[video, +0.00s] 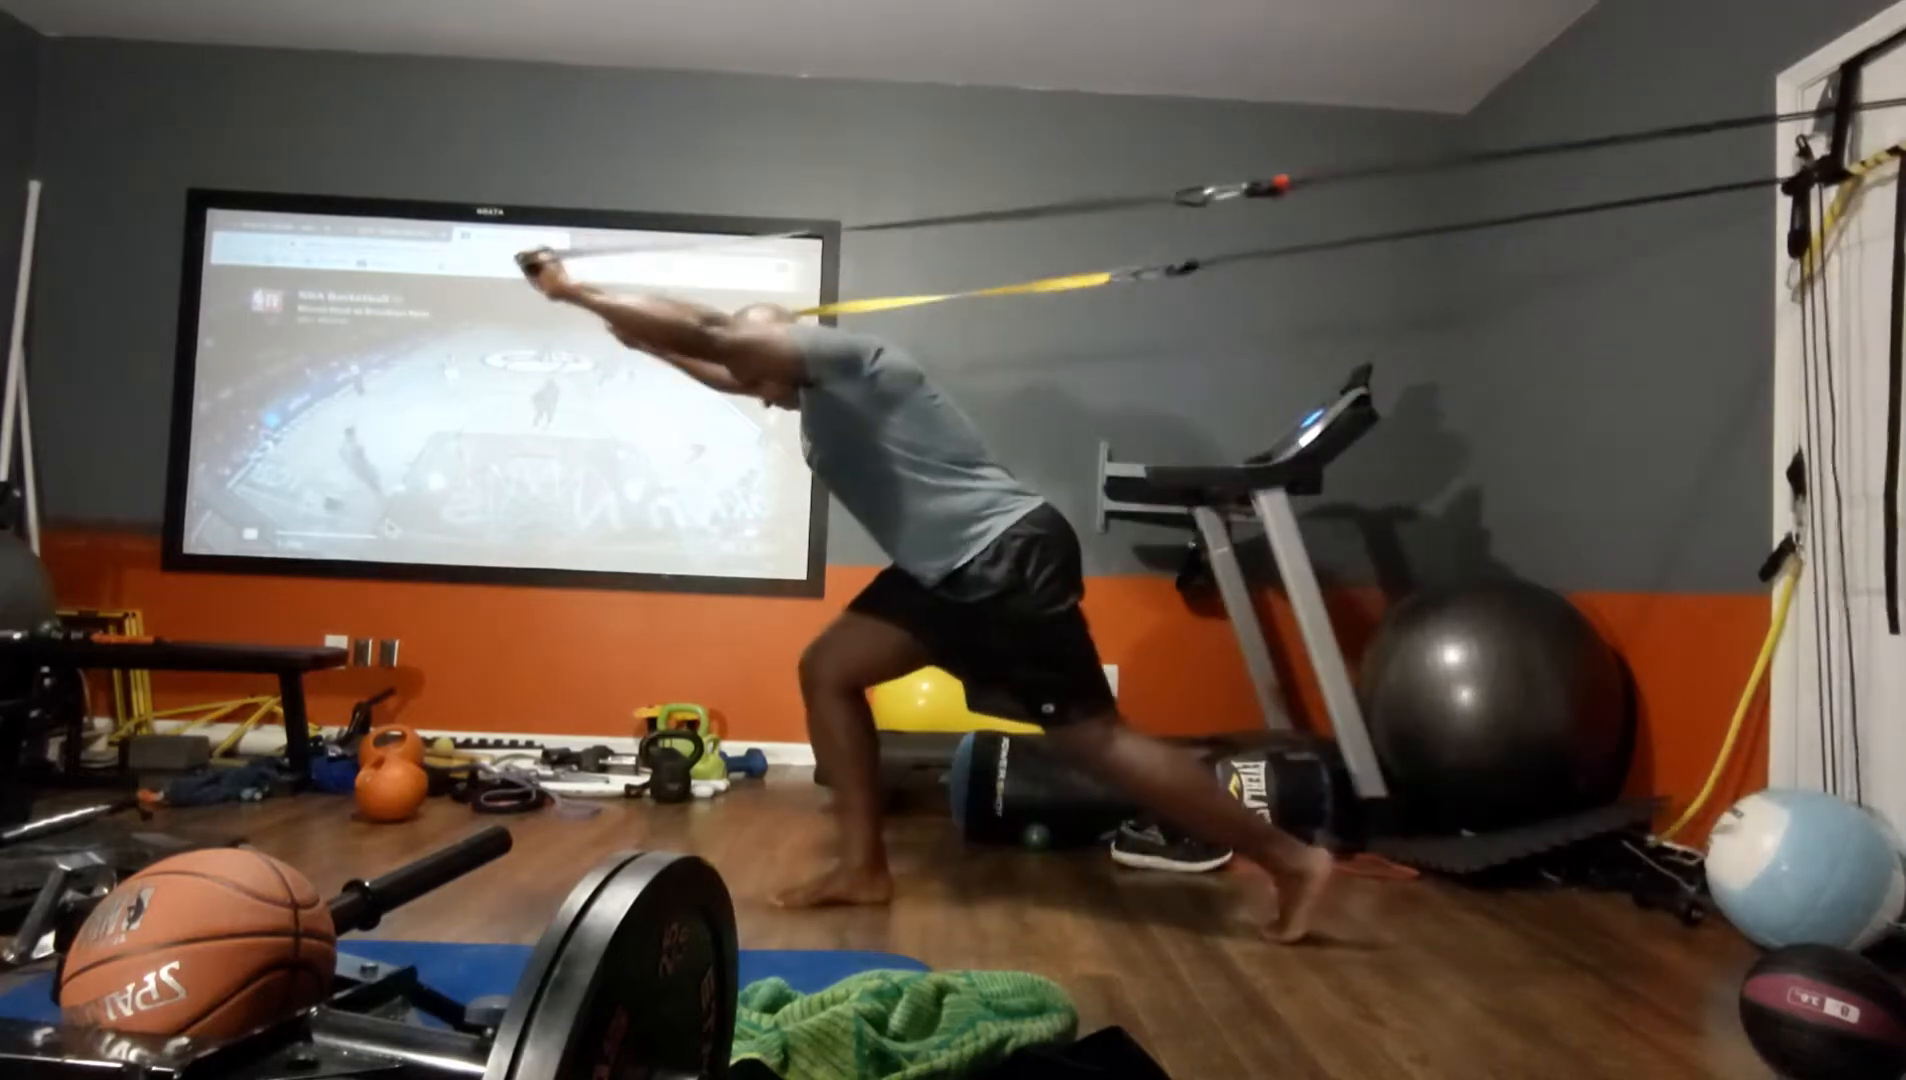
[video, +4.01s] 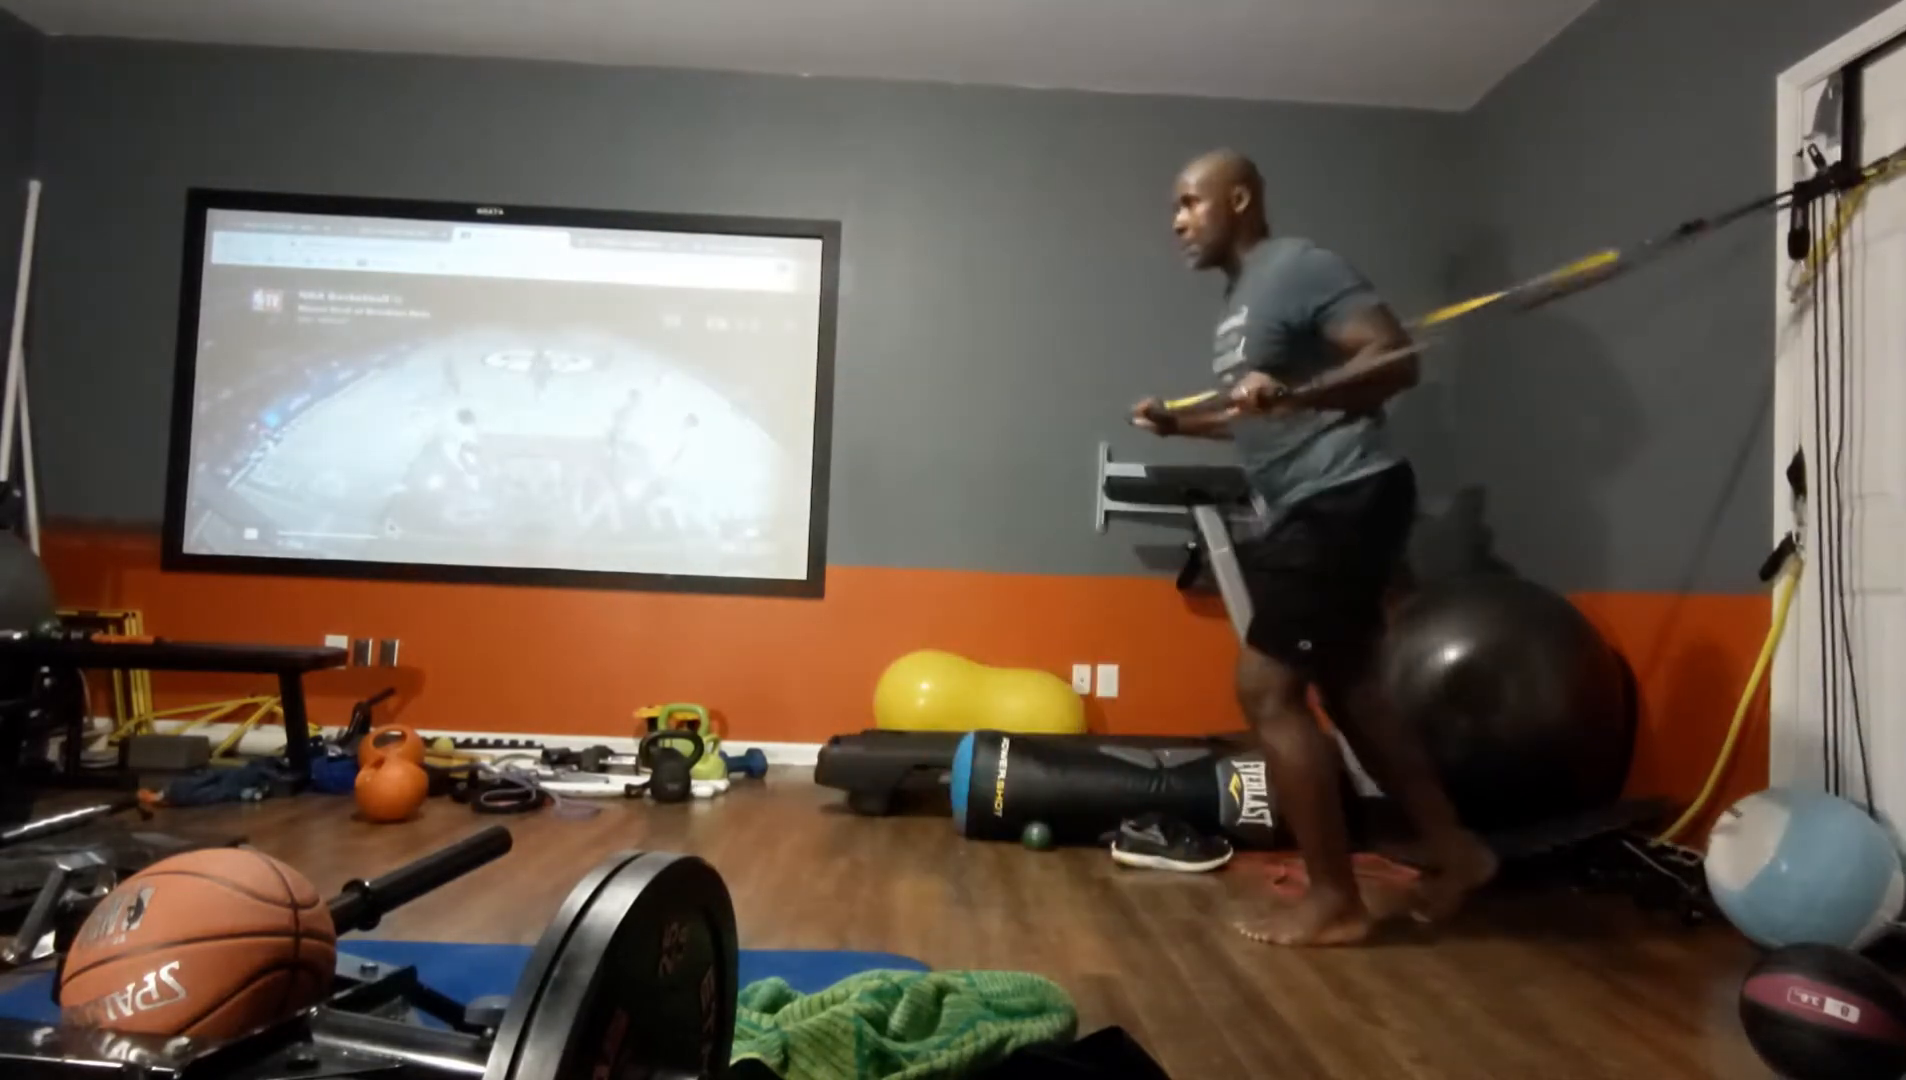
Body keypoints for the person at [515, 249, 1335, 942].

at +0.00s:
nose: (736, 385)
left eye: (738, 363)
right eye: (727, 374)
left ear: (771, 337)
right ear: (785, 348)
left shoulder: (843, 360)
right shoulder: (835, 393)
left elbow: (699, 332)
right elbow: (709, 362)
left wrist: (575, 291)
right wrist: (615, 320)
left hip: (1005, 559)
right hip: (960, 564)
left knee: (1100, 748)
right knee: (827, 671)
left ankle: (1294, 861)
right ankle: (861, 868)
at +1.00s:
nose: (1072, 205)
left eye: (1084, 187)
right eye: (1071, 191)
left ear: (1137, 184)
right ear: (1122, 193)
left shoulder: (1204, 245)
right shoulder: (1146, 289)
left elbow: (1297, 334)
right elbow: (1172, 404)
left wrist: (1187, 368)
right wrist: (1095, 411)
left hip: (1268, 491)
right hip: (1203, 503)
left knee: (1259, 704)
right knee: (1165, 681)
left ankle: (1358, 884)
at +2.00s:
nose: (1025, 265)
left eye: (1028, 243)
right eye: (1015, 254)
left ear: (1074, 219)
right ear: (1032, 251)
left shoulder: (1139, 269)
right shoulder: (1095, 312)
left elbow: (1255, 343)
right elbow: (1143, 413)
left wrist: (1153, 384)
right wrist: (1080, 415)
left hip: (1220, 504)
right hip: (1172, 520)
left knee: (1222, 721)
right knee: (1151, 712)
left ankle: (1354, 885)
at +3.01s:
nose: (757, 330)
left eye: (762, 316)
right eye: (757, 318)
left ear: (801, 299)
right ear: (804, 304)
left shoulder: (868, 328)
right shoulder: (845, 371)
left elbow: (732, 336)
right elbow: (744, 376)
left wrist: (594, 315)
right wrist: (651, 351)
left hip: (1024, 545)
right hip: (958, 558)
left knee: (1097, 749)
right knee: (842, 667)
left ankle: (1280, 867)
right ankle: (861, 872)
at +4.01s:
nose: (1177, 221)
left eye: (1189, 203)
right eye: (1175, 208)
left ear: (1243, 201)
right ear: (1218, 213)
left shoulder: (1299, 266)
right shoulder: (1239, 303)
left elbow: (1395, 359)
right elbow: (1265, 416)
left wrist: (1293, 394)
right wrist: (1179, 421)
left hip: (1348, 498)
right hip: (1311, 506)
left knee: (1267, 689)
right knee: (1352, 689)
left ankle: (1331, 901)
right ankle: (1454, 853)